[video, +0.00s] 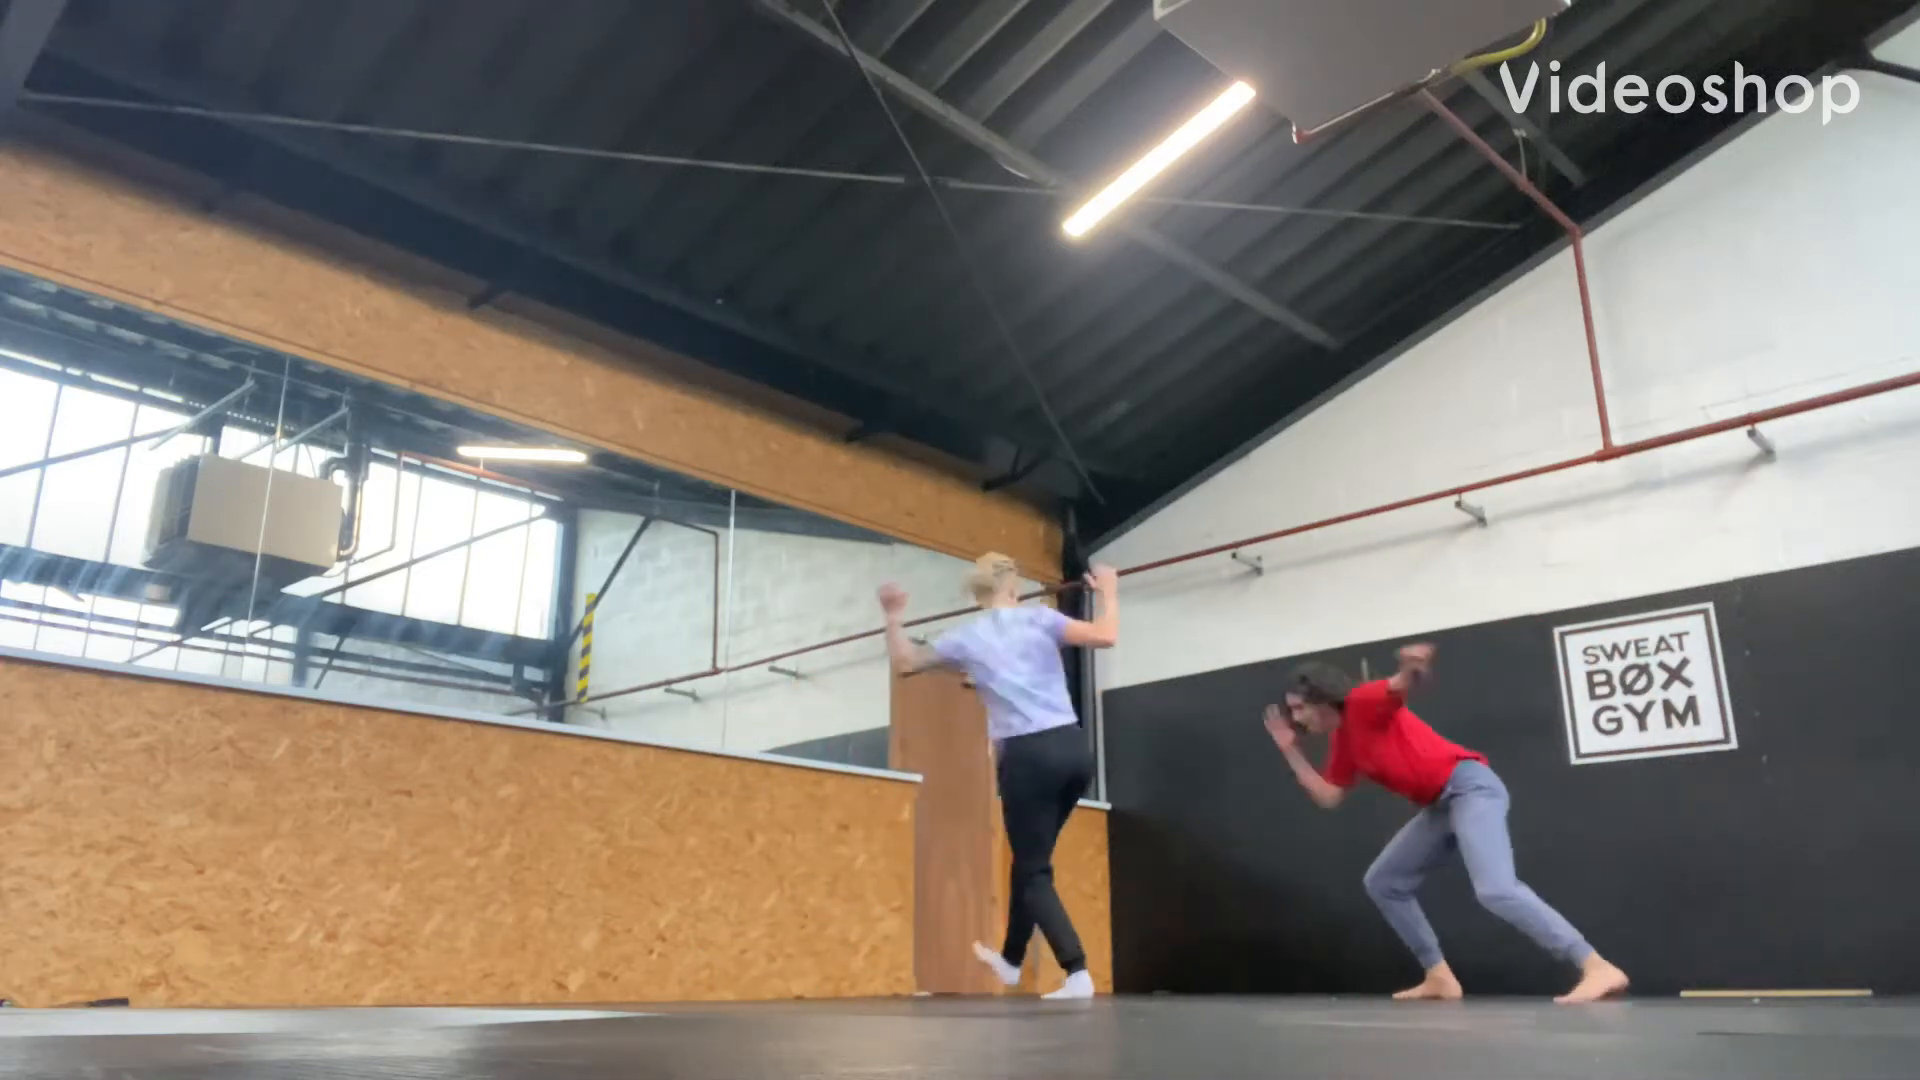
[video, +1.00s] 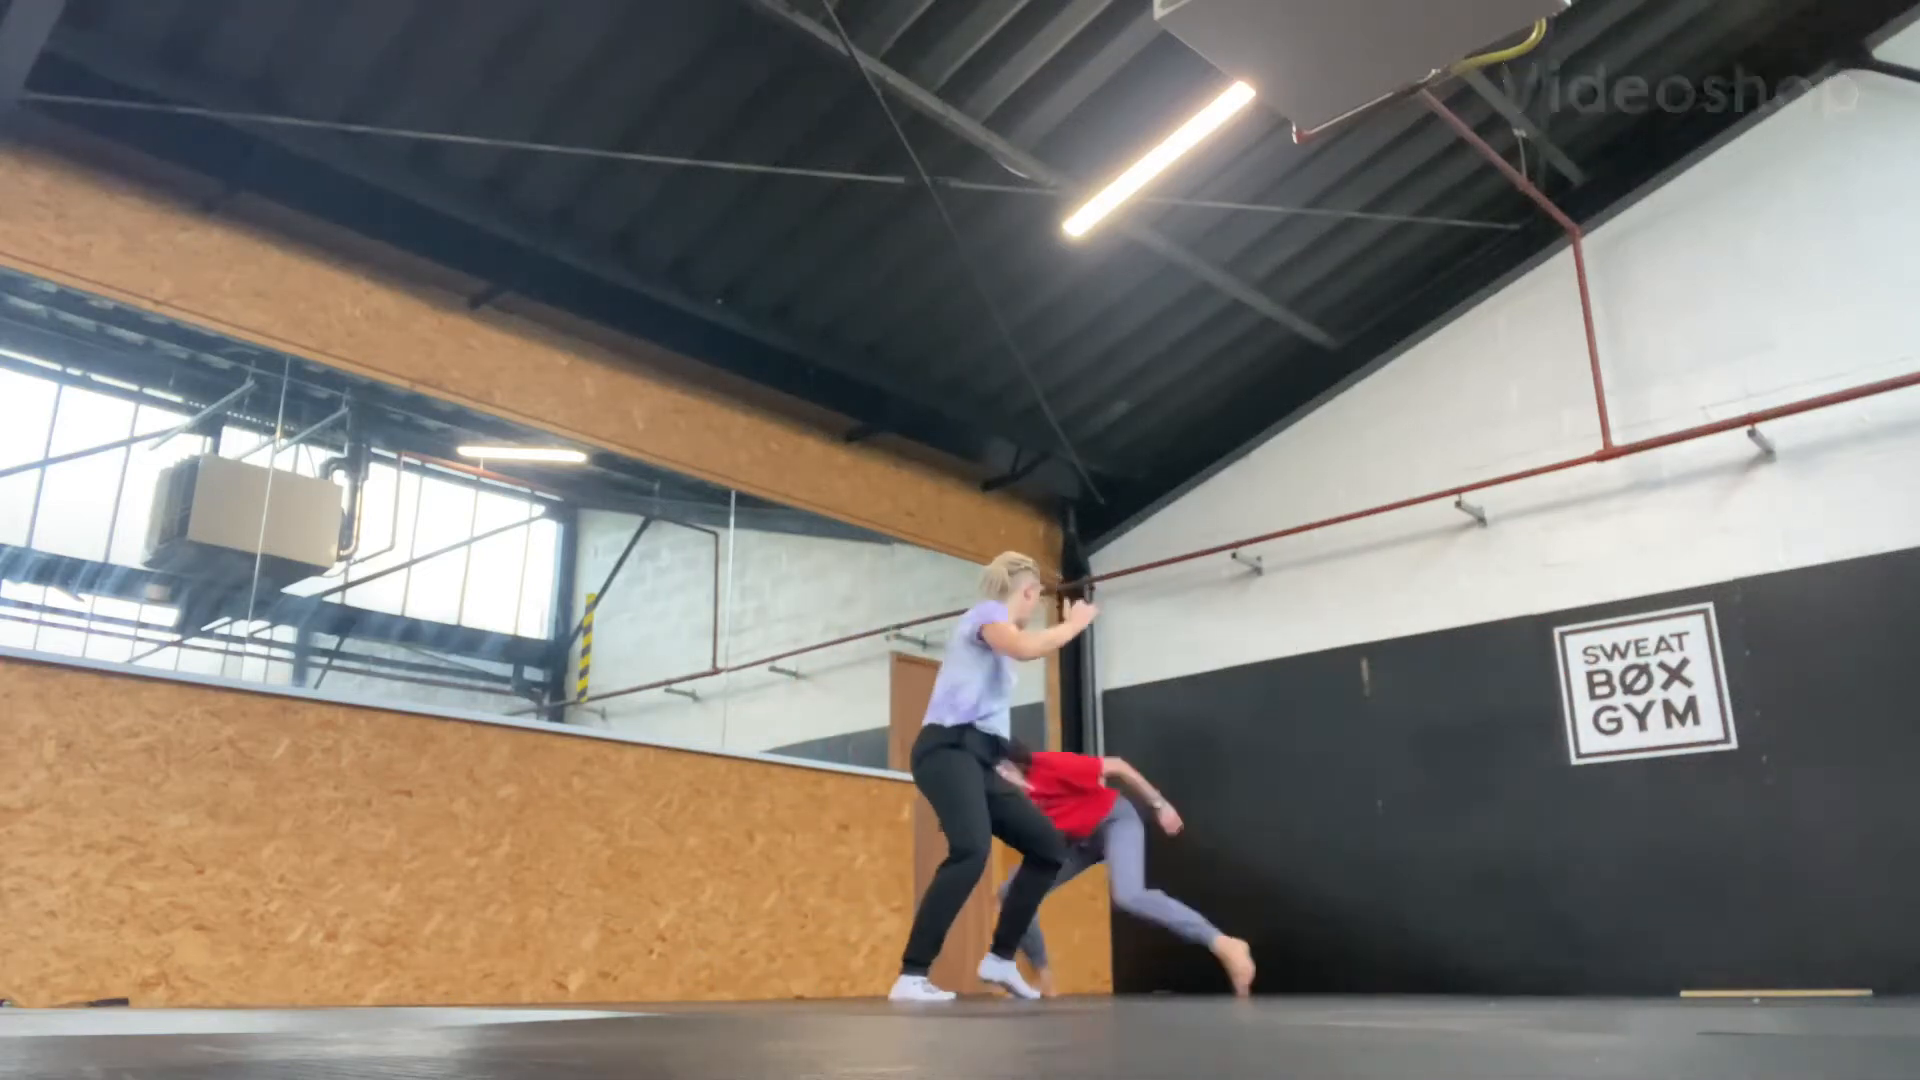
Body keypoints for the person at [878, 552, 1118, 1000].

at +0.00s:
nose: (1018, 590)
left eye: (1013, 584)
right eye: (1016, 584)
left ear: (976, 593)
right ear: (1012, 587)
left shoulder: (969, 637)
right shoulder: (1041, 619)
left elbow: (905, 661)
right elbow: (1105, 635)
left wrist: (891, 616)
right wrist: (1109, 588)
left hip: (1025, 755)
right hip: (1073, 747)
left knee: (1035, 872)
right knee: (1029, 861)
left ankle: (1078, 975)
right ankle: (1010, 962)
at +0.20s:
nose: (1040, 604)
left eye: (1040, 598)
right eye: (1037, 597)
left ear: (997, 589)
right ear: (1019, 588)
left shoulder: (972, 629)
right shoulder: (1010, 609)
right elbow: (1057, 626)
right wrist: (1089, 601)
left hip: (1009, 747)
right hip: (1049, 720)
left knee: (1047, 860)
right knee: (1089, 719)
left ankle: (1078, 972)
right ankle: (1123, 730)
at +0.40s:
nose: (1055, 606)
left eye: (1056, 599)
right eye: (1054, 598)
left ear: (1023, 590)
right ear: (1038, 591)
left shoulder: (989, 626)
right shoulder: (1014, 605)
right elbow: (1065, 607)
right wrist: (1100, 584)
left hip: (985, 745)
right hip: (1009, 706)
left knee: (1044, 848)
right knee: (1109, 640)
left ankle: (1044, 967)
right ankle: (1209, 580)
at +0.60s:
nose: (1064, 610)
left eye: (1067, 604)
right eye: (1064, 602)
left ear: (1029, 591)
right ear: (1044, 588)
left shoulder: (989, 626)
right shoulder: (1017, 605)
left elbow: (944, 672)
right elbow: (1033, 633)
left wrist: (939, 666)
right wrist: (1083, 612)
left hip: (973, 750)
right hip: (990, 718)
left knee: (1060, 850)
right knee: (1050, 764)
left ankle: (1049, 975)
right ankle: (1035, 854)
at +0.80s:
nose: (1056, 614)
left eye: (1059, 606)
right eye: (1056, 603)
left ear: (1030, 593)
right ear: (1041, 592)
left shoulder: (1015, 633)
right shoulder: (999, 613)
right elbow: (993, 657)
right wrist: (1053, 643)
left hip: (988, 762)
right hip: (952, 747)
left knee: (1056, 851)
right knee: (970, 848)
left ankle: (1048, 976)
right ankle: (913, 976)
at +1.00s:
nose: (1036, 605)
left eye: (1038, 597)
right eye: (1035, 594)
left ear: (1004, 587)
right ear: (1022, 588)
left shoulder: (996, 633)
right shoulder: (987, 613)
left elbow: (973, 717)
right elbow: (1020, 647)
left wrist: (1001, 765)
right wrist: (1073, 625)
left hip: (977, 762)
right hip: (945, 751)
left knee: (1048, 848)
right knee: (970, 849)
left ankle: (1000, 960)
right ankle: (912, 978)